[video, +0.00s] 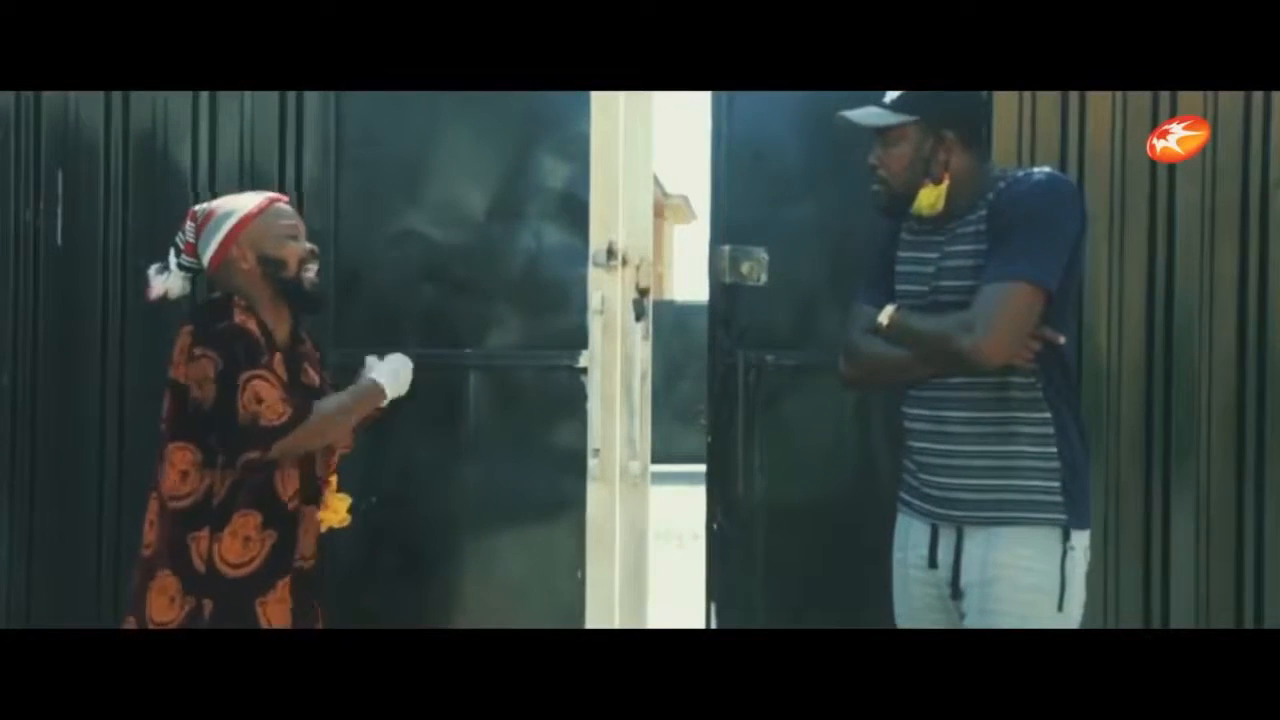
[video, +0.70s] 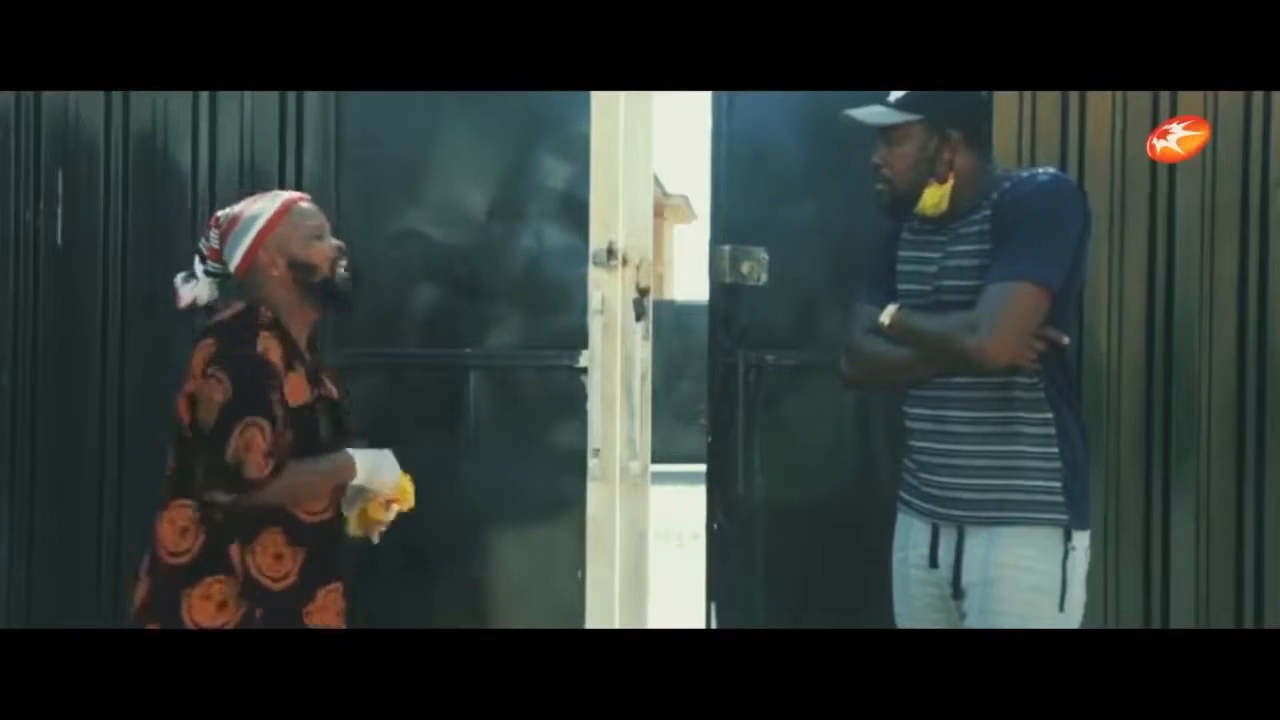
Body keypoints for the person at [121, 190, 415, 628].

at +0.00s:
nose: (311, 250)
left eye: (307, 237)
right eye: (291, 238)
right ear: (242, 256)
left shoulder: (298, 346)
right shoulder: (218, 337)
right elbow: (275, 437)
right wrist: (372, 390)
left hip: (278, 585)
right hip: (210, 595)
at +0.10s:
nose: (313, 253)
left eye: (308, 241)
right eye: (294, 240)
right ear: (245, 261)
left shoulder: (286, 343)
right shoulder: (224, 342)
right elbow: (326, 405)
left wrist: (313, 474)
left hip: (275, 595)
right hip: (214, 602)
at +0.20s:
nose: (317, 256)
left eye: (313, 242)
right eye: (297, 241)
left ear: (248, 264)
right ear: (246, 261)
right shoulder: (242, 333)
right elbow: (364, 354)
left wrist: (453, 269)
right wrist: (457, 266)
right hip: (239, 601)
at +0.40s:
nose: (332, 256)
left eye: (328, 243)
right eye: (311, 242)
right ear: (259, 262)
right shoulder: (255, 329)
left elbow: (250, 467)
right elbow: (377, 340)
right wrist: (472, 254)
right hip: (235, 598)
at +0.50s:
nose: (334, 252)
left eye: (328, 239)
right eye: (314, 240)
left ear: (268, 261)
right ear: (267, 258)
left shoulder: (273, 338)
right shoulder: (239, 333)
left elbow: (263, 463)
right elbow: (334, 396)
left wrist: (351, 487)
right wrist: (434, 322)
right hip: (224, 598)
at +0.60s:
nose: (337, 248)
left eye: (329, 235)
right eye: (315, 237)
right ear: (266, 262)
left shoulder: (288, 343)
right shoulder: (249, 337)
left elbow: (272, 477)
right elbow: (276, 461)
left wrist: (362, 488)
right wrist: (385, 416)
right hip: (226, 599)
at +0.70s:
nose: (340, 248)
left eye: (332, 235)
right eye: (318, 237)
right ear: (271, 261)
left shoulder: (295, 349)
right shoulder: (244, 347)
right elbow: (234, 487)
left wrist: (349, 504)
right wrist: (351, 466)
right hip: (230, 600)